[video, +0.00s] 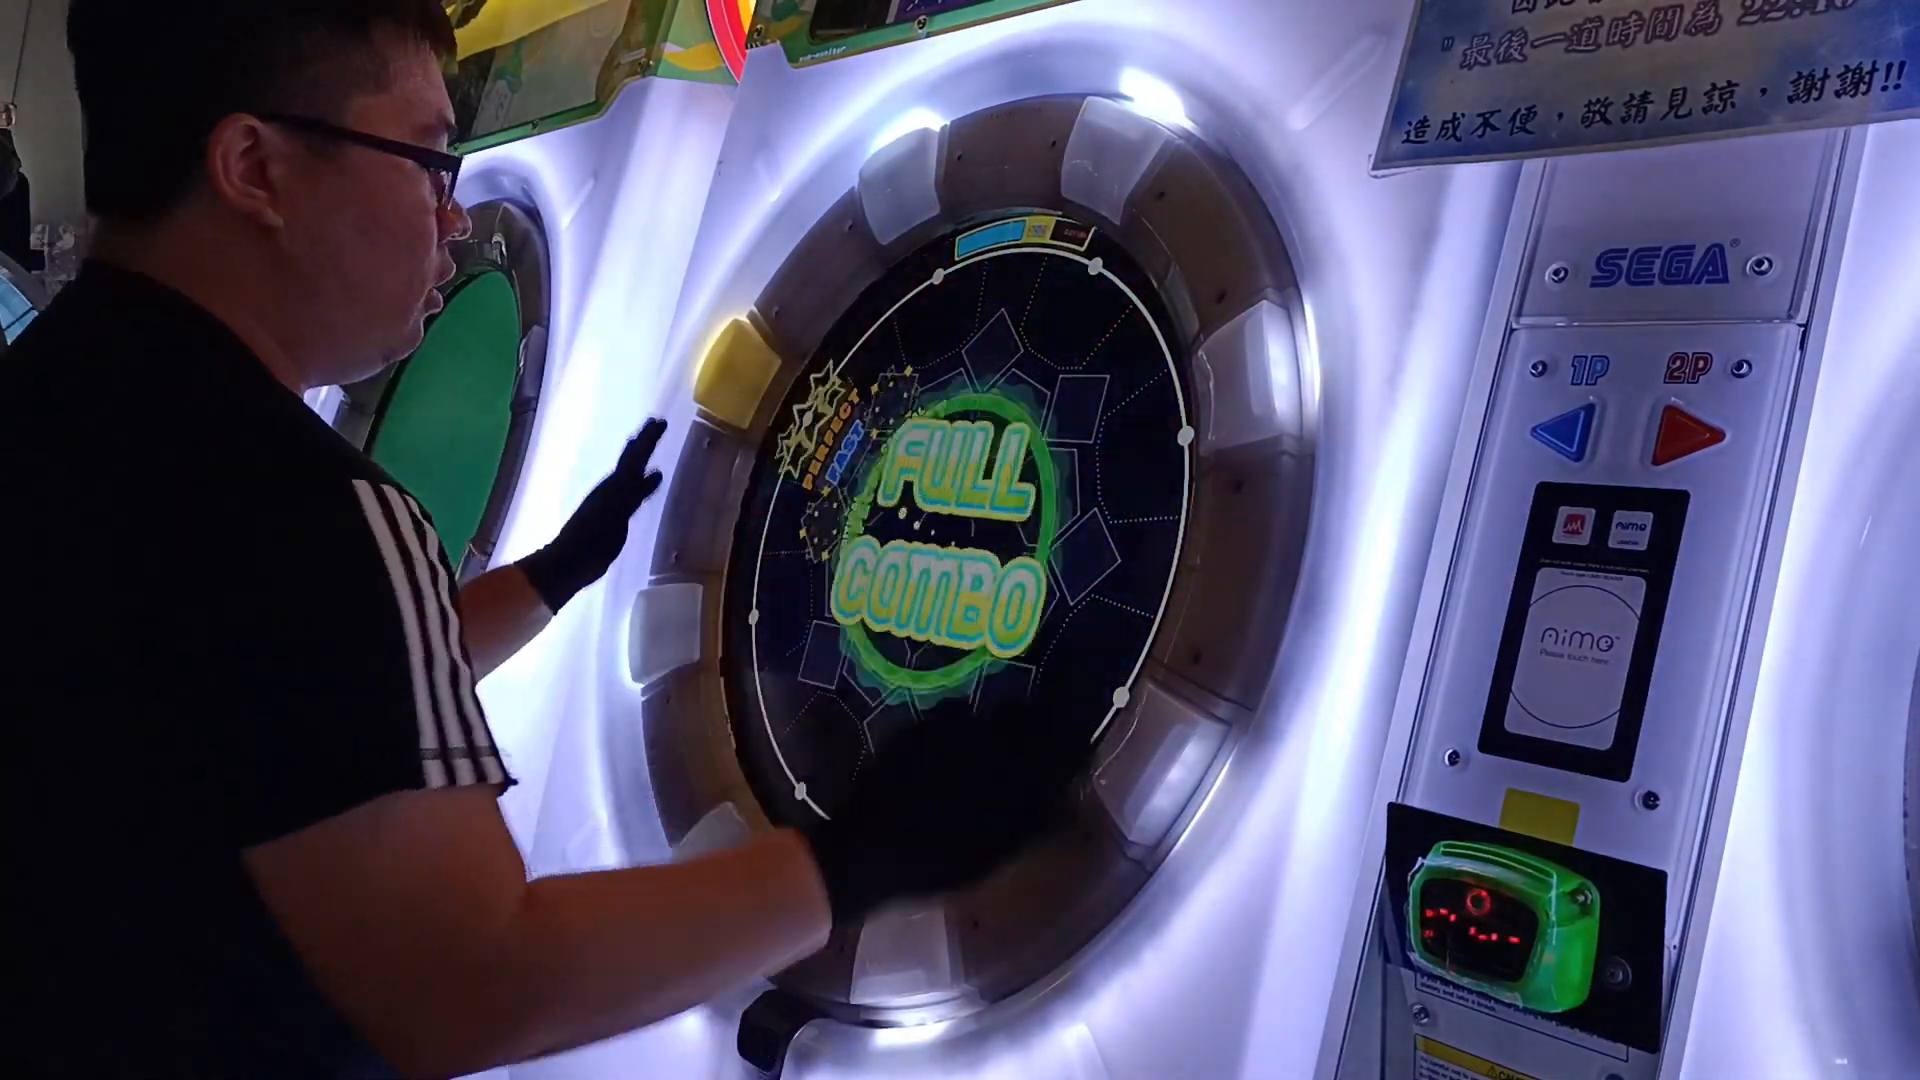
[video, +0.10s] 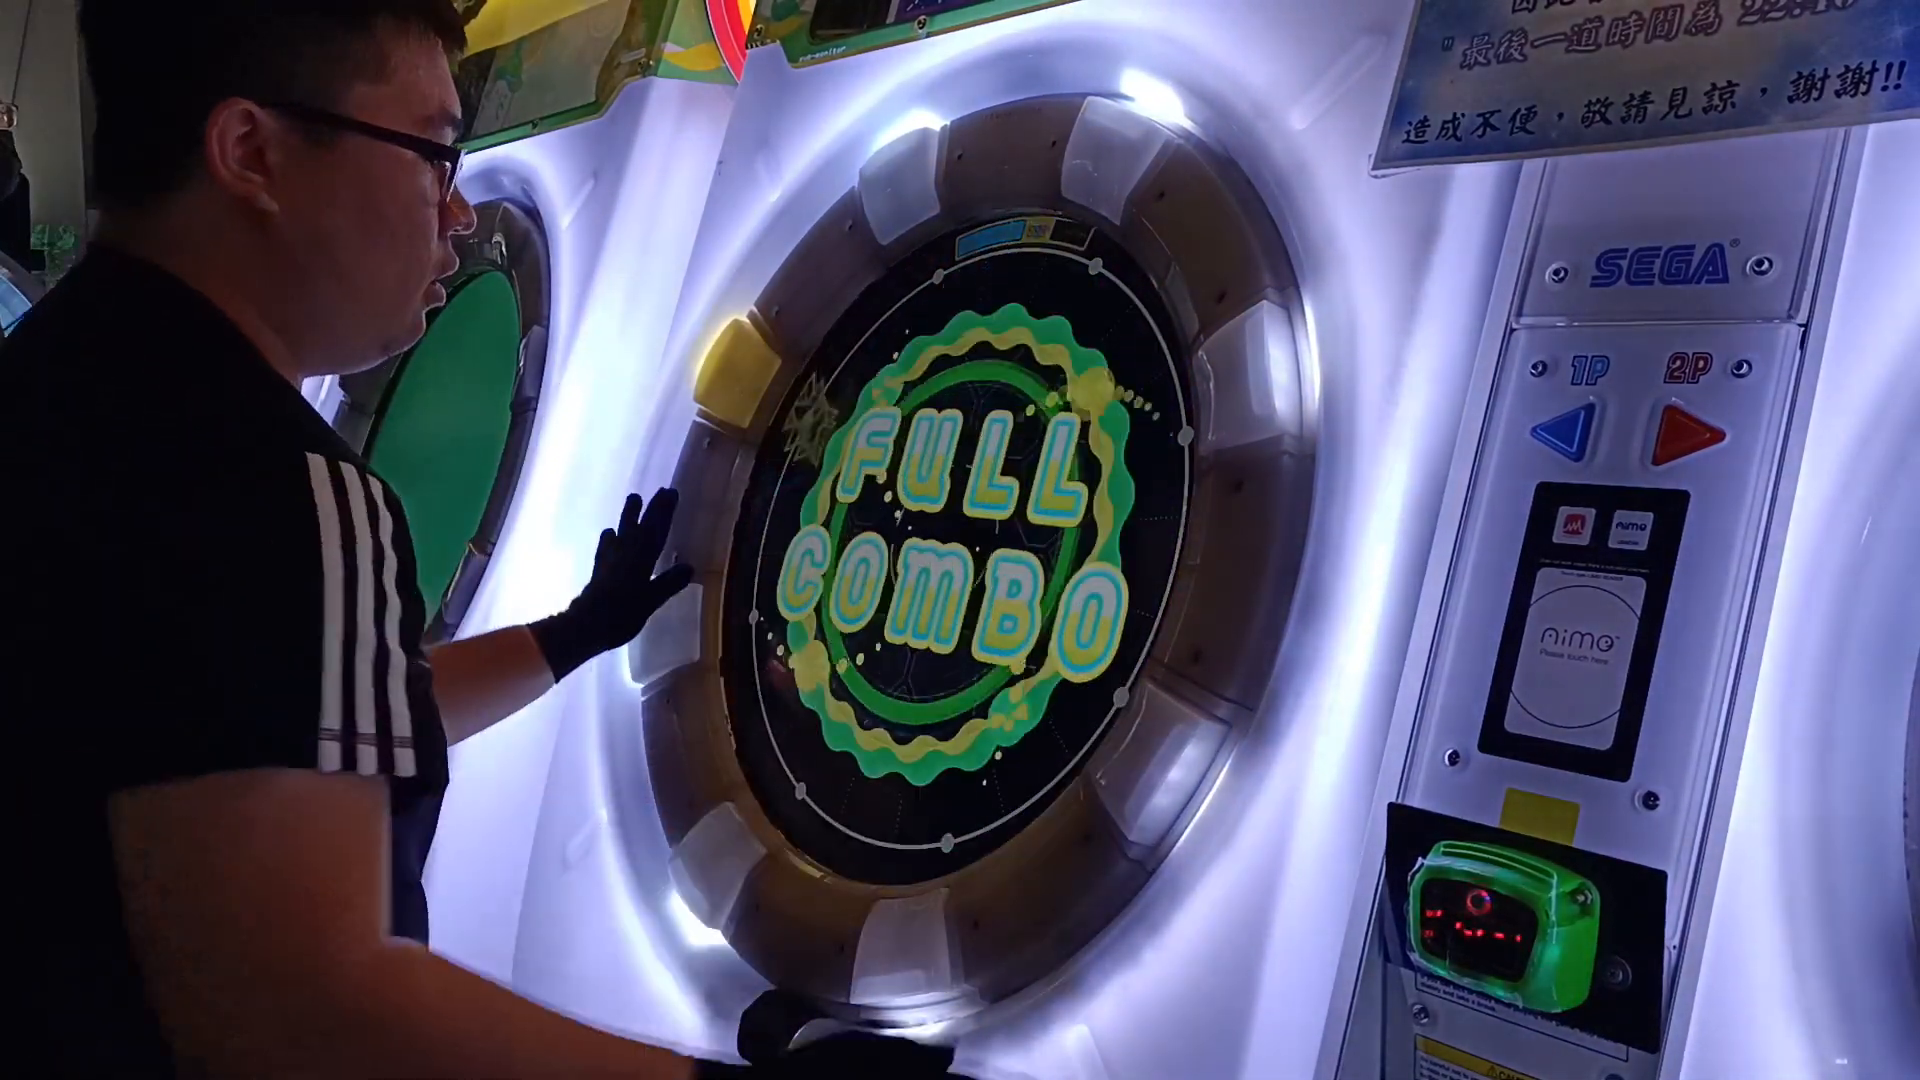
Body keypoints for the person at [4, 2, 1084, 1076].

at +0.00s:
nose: (458, 219)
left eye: (451, 166)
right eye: (430, 163)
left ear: (251, 178)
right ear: (254, 173)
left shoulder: (53, 402)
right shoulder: (269, 494)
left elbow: (305, 711)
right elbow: (456, 991)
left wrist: (558, 570)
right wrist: (860, 855)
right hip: (265, 1052)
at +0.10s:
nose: (462, 209)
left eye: (451, 159)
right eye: (430, 153)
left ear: (249, 158)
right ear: (250, 155)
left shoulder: (63, 388)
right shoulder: (262, 476)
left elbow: (304, 722)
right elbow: (292, 1009)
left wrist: (580, 628)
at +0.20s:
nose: (458, 185)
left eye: (446, 131)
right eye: (429, 124)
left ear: (244, 138)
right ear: (243, 136)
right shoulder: (212, 438)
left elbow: (316, 723)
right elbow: (157, 1004)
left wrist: (577, 650)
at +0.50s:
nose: (348, 59)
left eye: (321, 22)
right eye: (298, 13)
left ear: (103, 60)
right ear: (96, 57)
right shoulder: (119, 435)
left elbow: (303, 731)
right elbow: (166, 1052)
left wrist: (578, 704)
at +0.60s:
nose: (306, 31)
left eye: (283, 7)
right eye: (256, 1)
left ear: (50, 47)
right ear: (47, 41)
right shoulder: (98, 448)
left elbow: (277, 755)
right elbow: (189, 1057)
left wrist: (567, 782)